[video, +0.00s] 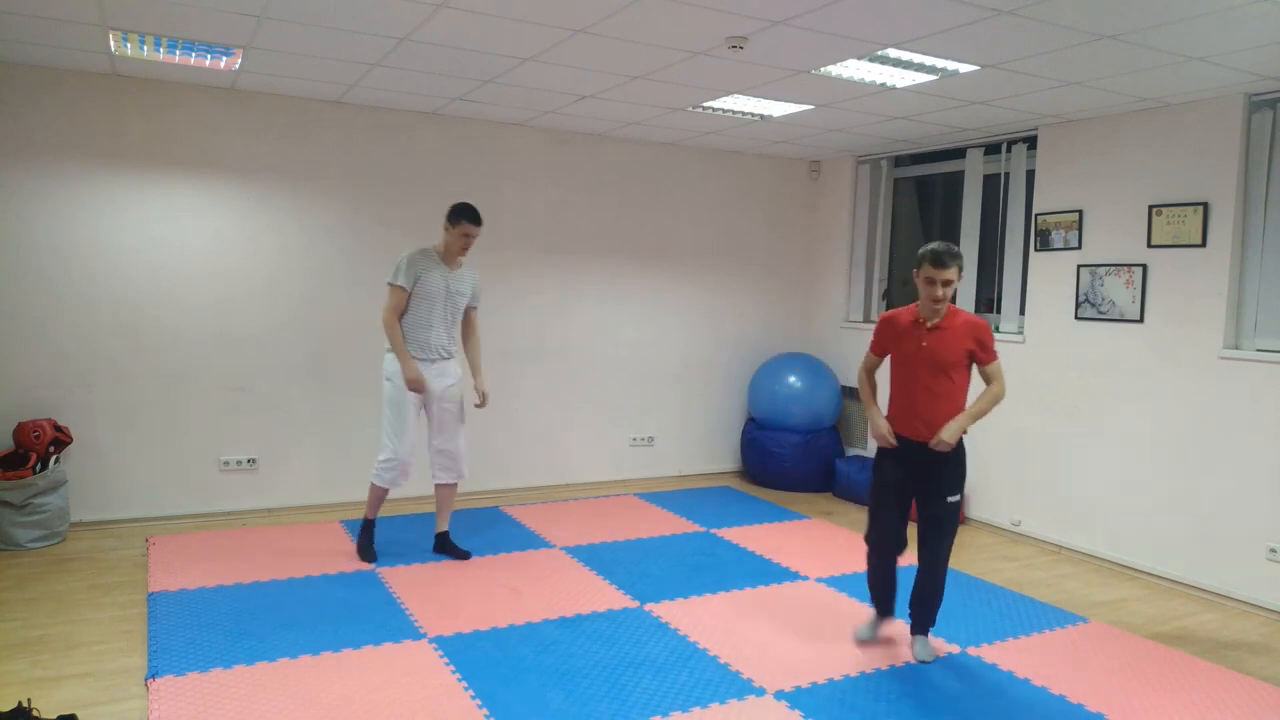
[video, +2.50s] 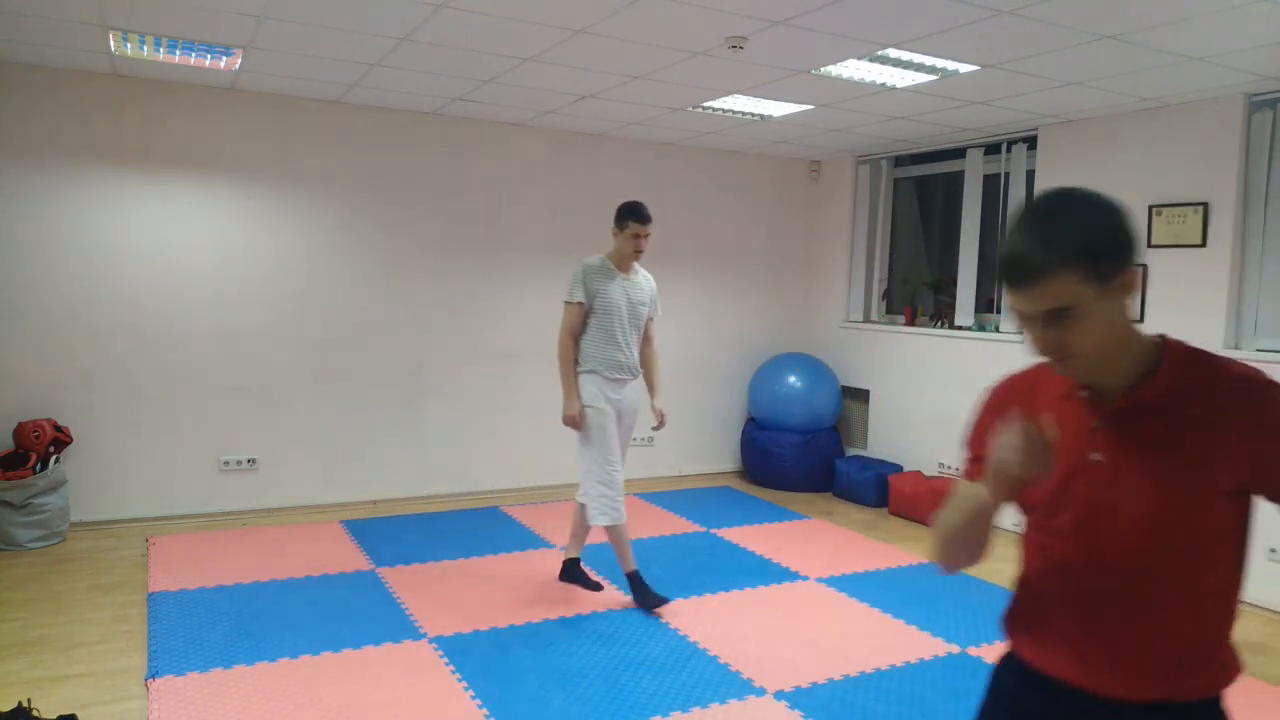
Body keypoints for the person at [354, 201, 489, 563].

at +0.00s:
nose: (469, 243)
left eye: (474, 238)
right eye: (464, 235)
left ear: (477, 238)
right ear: (446, 229)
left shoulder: (468, 277)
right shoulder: (414, 262)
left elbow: (470, 332)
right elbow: (390, 316)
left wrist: (477, 378)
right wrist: (407, 365)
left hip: (447, 369)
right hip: (406, 367)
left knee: (449, 452)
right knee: (396, 455)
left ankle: (443, 535)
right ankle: (367, 528)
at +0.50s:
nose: (486, 248)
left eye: (492, 243)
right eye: (481, 240)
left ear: (497, 243)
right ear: (465, 232)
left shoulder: (492, 280)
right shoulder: (436, 262)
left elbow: (493, 334)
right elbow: (405, 315)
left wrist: (499, 385)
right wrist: (394, 370)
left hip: (464, 371)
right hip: (424, 365)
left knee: (455, 452)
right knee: (431, 449)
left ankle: (444, 533)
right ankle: (439, 540)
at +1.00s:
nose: (479, 240)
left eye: (484, 233)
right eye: (472, 235)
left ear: (490, 230)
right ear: (455, 231)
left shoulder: (499, 268)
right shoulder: (438, 271)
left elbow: (508, 321)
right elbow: (425, 335)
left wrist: (514, 363)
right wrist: (434, 388)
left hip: (492, 375)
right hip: (454, 374)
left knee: (479, 459)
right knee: (448, 460)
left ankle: (447, 528)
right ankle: (455, 550)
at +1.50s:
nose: (507, 246)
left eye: (512, 238)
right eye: (500, 239)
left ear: (517, 234)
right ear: (482, 233)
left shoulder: (524, 267)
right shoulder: (463, 273)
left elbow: (528, 323)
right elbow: (448, 339)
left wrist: (536, 374)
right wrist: (453, 396)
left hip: (519, 380)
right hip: (477, 380)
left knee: (537, 465)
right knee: (463, 468)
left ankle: (562, 554)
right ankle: (457, 555)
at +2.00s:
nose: (586, 242)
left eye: (591, 235)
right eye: (579, 234)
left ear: (596, 234)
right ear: (562, 230)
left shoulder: (600, 277)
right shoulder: (535, 266)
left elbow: (608, 337)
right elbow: (515, 324)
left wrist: (621, 392)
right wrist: (516, 383)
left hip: (579, 382)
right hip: (538, 381)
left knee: (583, 473)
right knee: (522, 471)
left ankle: (570, 564)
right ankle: (483, 549)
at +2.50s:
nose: (642, 244)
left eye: (647, 238)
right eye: (636, 237)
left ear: (649, 237)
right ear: (616, 232)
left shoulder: (646, 282)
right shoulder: (589, 273)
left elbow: (647, 343)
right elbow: (567, 335)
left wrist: (654, 396)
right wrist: (570, 396)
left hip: (630, 387)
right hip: (594, 386)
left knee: (602, 477)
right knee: (609, 478)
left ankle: (572, 561)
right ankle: (635, 579)